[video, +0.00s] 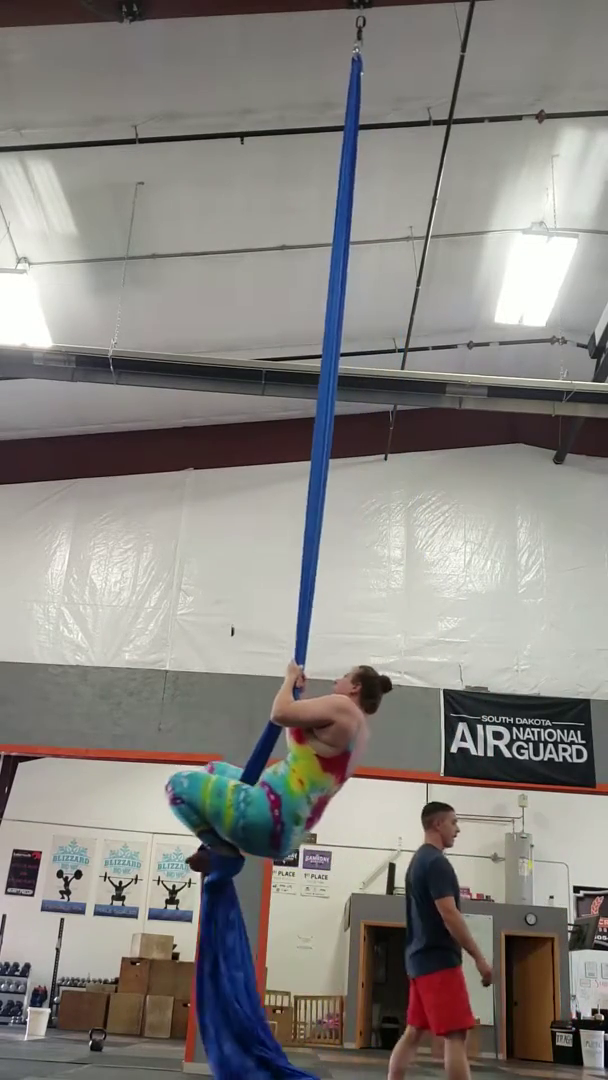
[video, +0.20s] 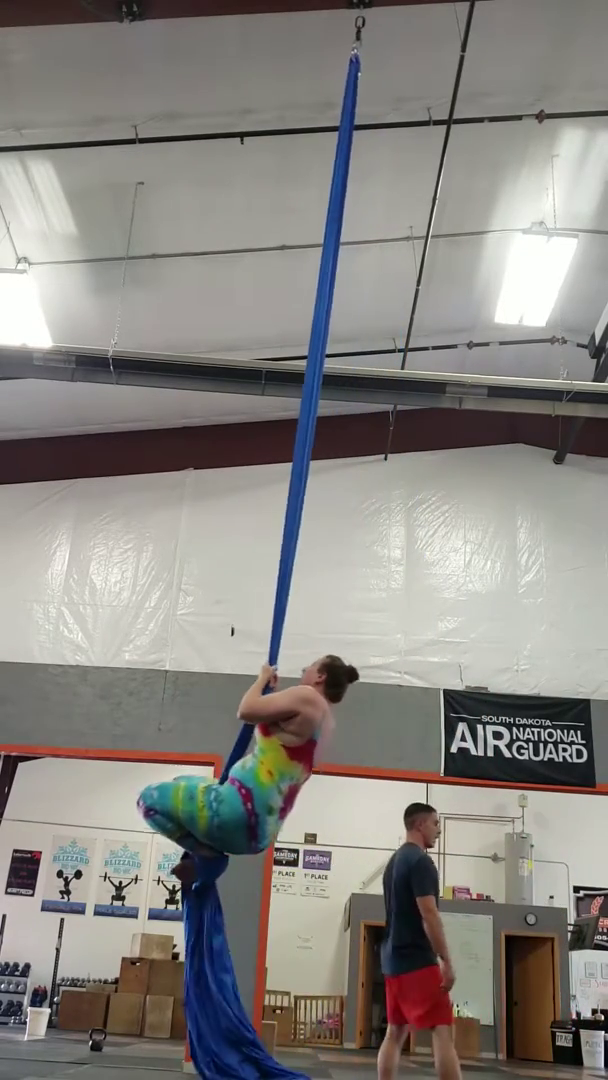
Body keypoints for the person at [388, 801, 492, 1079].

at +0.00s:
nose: (457, 829)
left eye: (456, 823)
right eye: (453, 822)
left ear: (433, 825)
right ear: (436, 824)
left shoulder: (419, 860)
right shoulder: (436, 861)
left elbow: (423, 917)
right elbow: (448, 914)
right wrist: (479, 958)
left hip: (419, 960)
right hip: (439, 962)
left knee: (413, 1034)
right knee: (456, 1036)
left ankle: (393, 1076)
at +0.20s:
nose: (438, 830)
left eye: (438, 824)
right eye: (435, 823)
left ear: (413, 825)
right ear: (418, 824)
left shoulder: (395, 860)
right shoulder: (420, 861)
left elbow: (396, 914)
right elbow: (428, 913)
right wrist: (446, 960)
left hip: (393, 959)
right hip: (418, 961)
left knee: (394, 1033)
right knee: (442, 1032)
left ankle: (384, 1077)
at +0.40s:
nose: (425, 828)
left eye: (425, 823)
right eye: (421, 822)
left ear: (401, 824)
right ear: (406, 823)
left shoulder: (385, 859)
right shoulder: (407, 858)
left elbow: (383, 913)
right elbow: (413, 910)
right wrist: (429, 956)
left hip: (382, 959)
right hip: (407, 959)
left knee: (386, 1032)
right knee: (430, 1030)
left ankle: (380, 1078)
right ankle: (441, 1076)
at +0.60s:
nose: (421, 829)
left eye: (420, 824)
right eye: (417, 823)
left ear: (395, 825)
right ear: (400, 824)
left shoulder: (377, 862)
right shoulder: (403, 858)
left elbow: (373, 918)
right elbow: (412, 908)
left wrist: (371, 965)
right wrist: (429, 955)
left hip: (378, 962)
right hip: (404, 960)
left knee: (383, 1031)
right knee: (420, 1031)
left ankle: (378, 1077)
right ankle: (424, 1078)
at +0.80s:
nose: (421, 830)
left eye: (420, 824)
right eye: (417, 824)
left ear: (395, 826)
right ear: (401, 824)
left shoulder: (373, 863)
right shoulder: (406, 859)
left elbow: (371, 916)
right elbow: (419, 908)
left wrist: (372, 961)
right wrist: (435, 957)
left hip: (375, 961)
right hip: (405, 959)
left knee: (380, 1031)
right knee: (424, 1029)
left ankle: (377, 1077)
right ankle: (433, 1076)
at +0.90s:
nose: (422, 830)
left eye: (422, 825)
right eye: (419, 825)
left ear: (397, 826)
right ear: (403, 825)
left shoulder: (374, 863)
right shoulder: (409, 859)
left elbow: (374, 915)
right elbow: (423, 909)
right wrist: (441, 956)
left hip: (375, 960)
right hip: (407, 958)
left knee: (380, 1032)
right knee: (427, 1030)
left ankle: (376, 1077)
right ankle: (439, 1076)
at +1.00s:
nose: (425, 831)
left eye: (425, 826)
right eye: (422, 825)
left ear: (401, 827)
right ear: (406, 826)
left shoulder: (377, 863)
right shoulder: (412, 859)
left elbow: (377, 914)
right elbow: (427, 909)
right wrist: (447, 952)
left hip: (378, 960)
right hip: (408, 959)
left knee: (380, 1032)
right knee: (429, 1029)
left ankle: (377, 1077)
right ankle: (442, 1076)